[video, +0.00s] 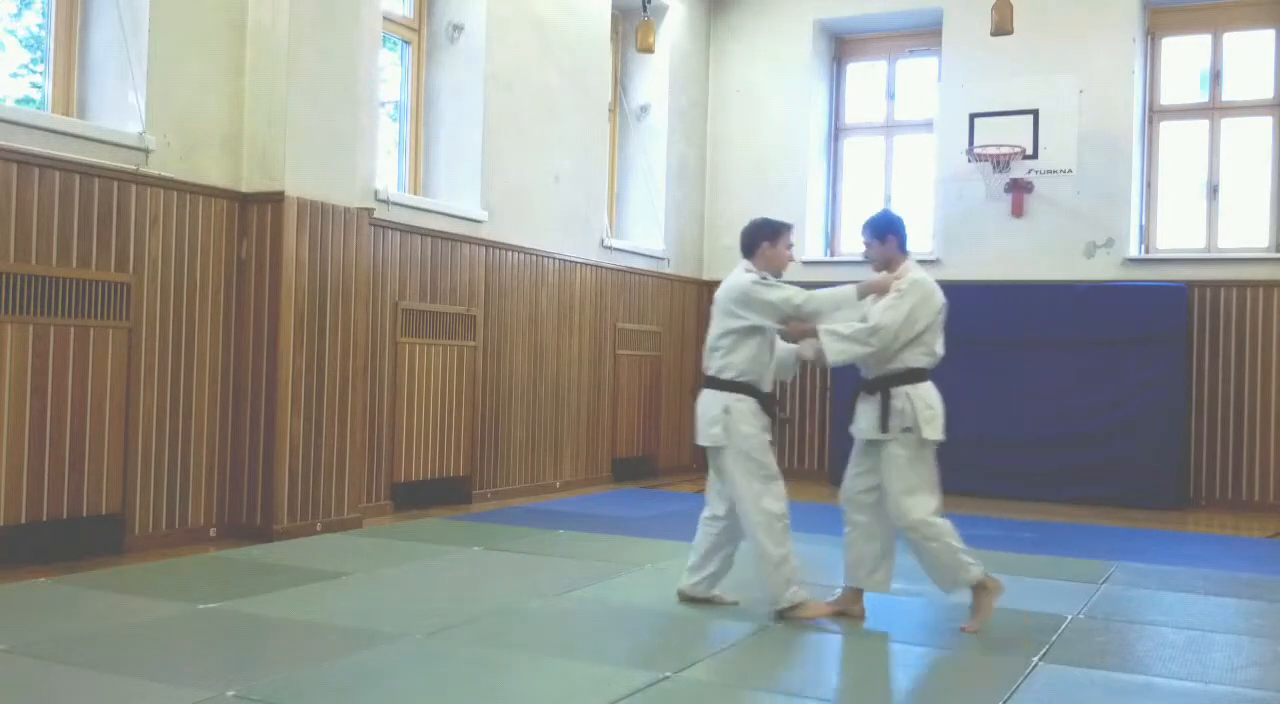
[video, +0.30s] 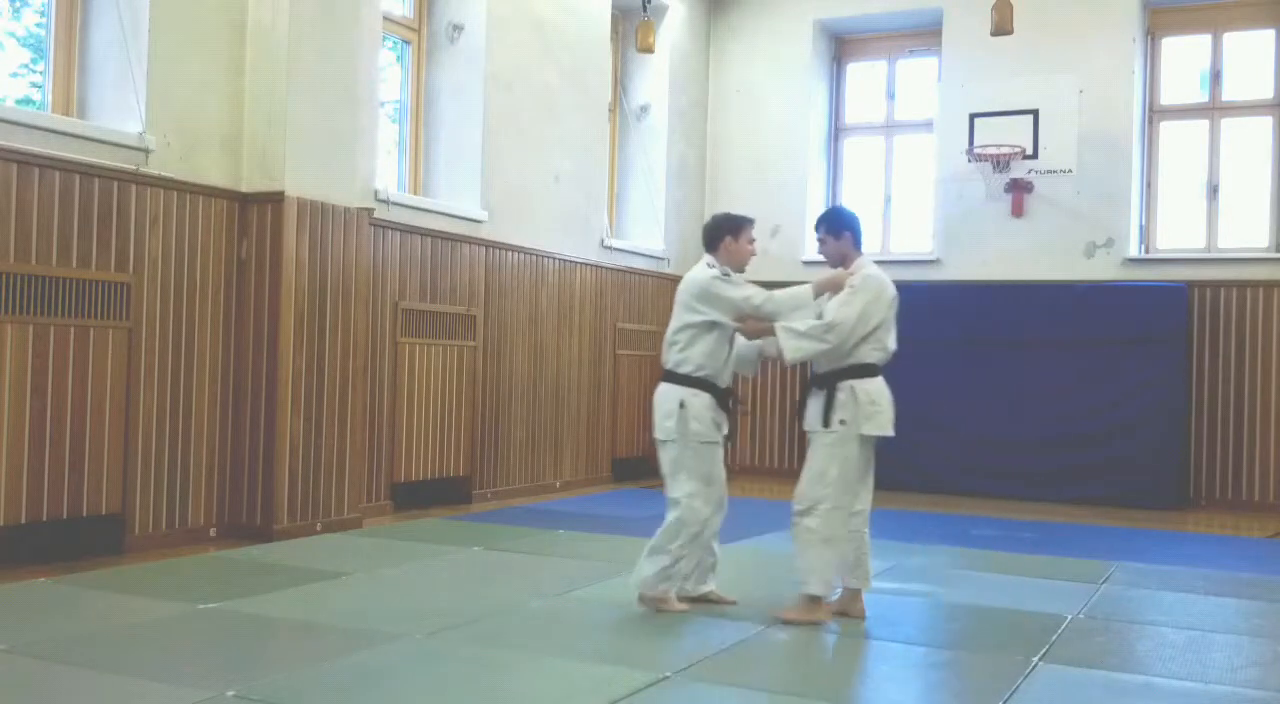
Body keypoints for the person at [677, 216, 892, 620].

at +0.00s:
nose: (792, 256)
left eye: (791, 248)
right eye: (787, 247)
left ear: (763, 250)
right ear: (764, 248)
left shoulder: (748, 286)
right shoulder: (744, 285)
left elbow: (764, 355)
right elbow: (801, 304)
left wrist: (807, 346)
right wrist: (865, 289)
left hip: (731, 404)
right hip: (733, 407)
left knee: (724, 503)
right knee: (766, 501)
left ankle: (697, 585)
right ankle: (789, 599)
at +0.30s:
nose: (754, 249)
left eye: (753, 242)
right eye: (749, 241)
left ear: (727, 244)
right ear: (726, 243)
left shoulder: (718, 283)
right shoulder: (704, 280)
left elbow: (724, 353)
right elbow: (765, 304)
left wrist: (770, 342)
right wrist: (824, 285)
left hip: (704, 401)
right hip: (684, 401)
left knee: (712, 498)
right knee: (694, 499)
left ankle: (695, 583)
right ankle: (654, 583)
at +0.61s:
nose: (726, 253)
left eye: (726, 245)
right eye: (722, 245)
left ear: (689, 245)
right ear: (701, 245)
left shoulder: (656, 279)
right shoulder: (690, 284)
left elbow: (707, 342)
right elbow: (737, 325)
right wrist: (779, 293)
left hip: (632, 398)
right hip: (666, 403)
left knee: (632, 494)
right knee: (675, 497)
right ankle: (650, 592)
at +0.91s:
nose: (688, 270)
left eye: (686, 264)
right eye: (687, 264)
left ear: (648, 266)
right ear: (681, 265)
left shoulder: (626, 309)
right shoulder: (695, 293)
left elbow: (629, 375)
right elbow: (736, 309)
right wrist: (738, 272)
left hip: (655, 420)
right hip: (699, 417)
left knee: (612, 509)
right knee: (703, 503)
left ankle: (588, 596)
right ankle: (720, 589)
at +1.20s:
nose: (679, 265)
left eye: (678, 260)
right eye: (678, 260)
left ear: (638, 260)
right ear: (670, 260)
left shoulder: (612, 300)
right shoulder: (683, 289)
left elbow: (613, 352)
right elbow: (724, 306)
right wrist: (733, 269)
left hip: (630, 415)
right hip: (682, 414)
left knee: (612, 509)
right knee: (701, 509)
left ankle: (593, 597)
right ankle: (717, 592)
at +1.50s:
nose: (687, 268)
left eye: (687, 261)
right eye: (682, 260)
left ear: (654, 256)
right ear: (658, 256)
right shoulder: (647, 277)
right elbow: (699, 280)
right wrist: (725, 262)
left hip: (590, 407)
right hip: (624, 406)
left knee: (600, 504)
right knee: (663, 495)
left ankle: (580, 589)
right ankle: (641, 587)